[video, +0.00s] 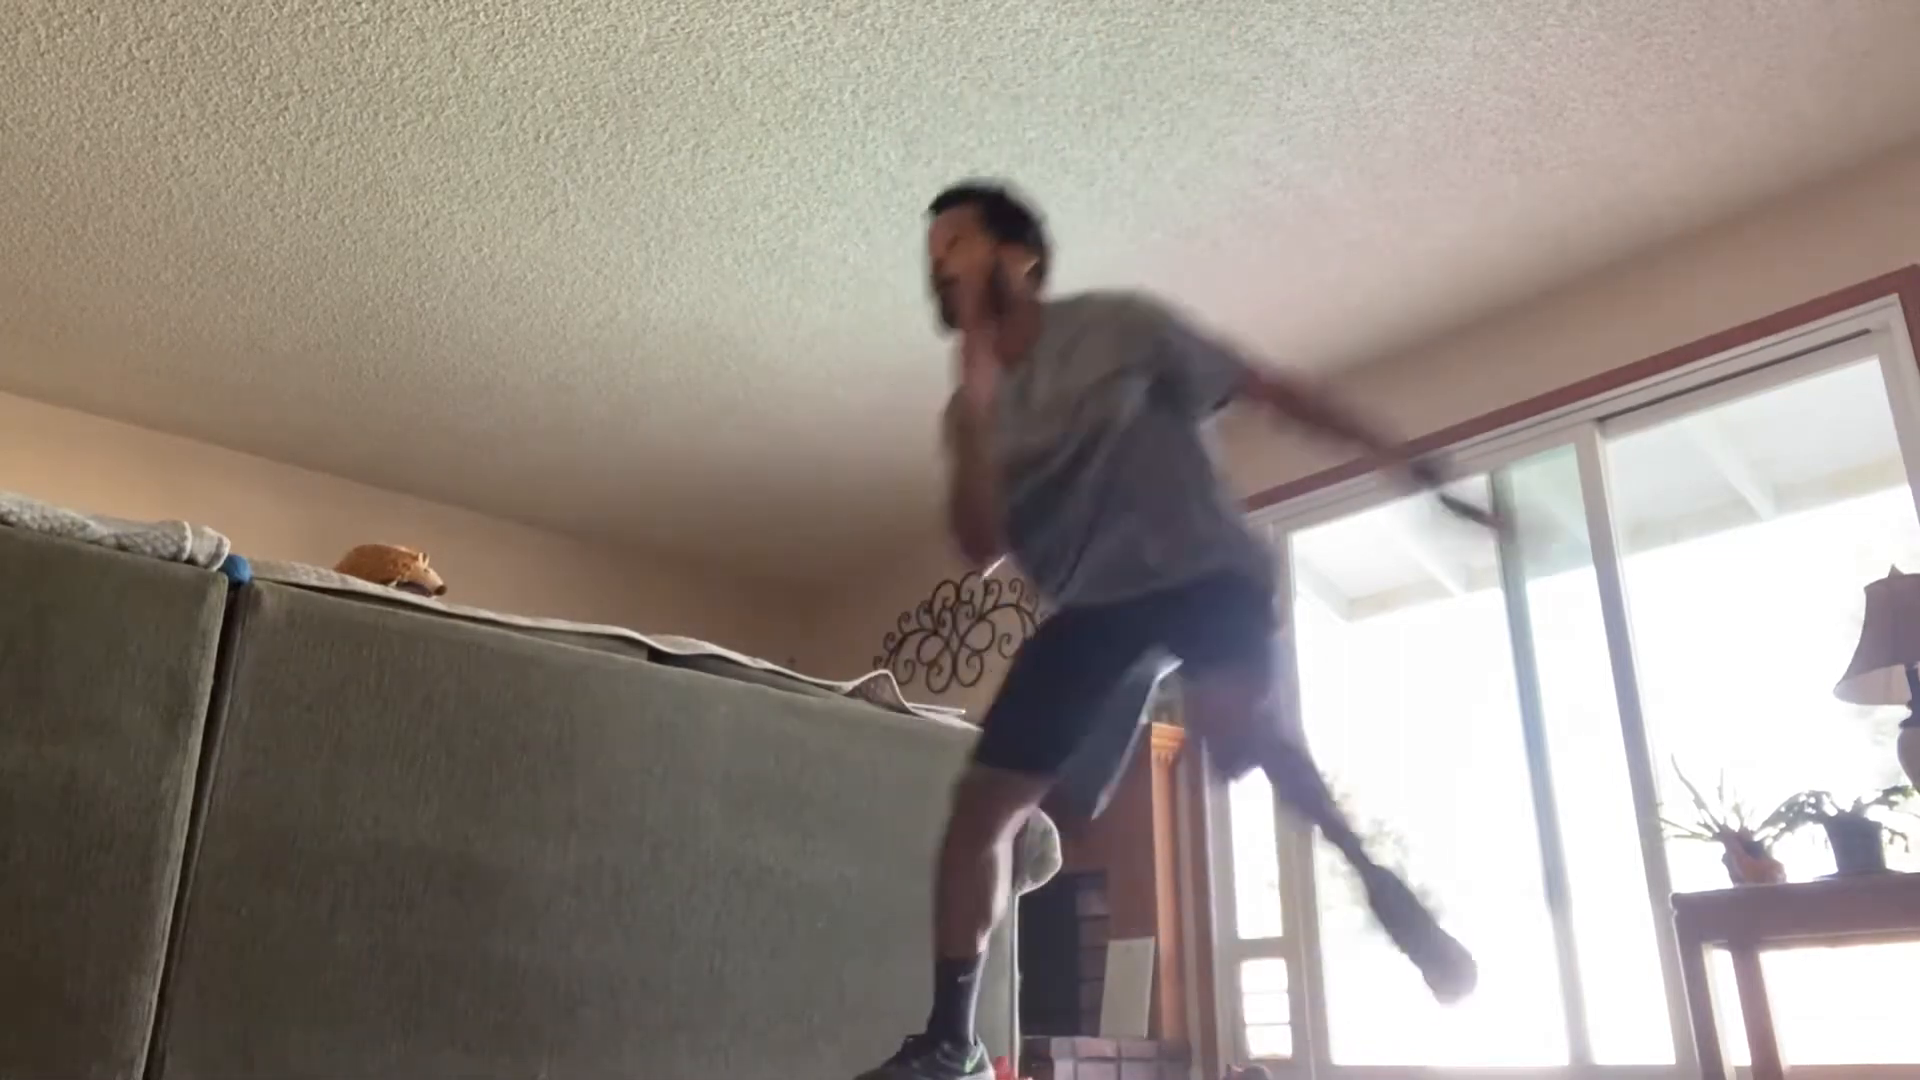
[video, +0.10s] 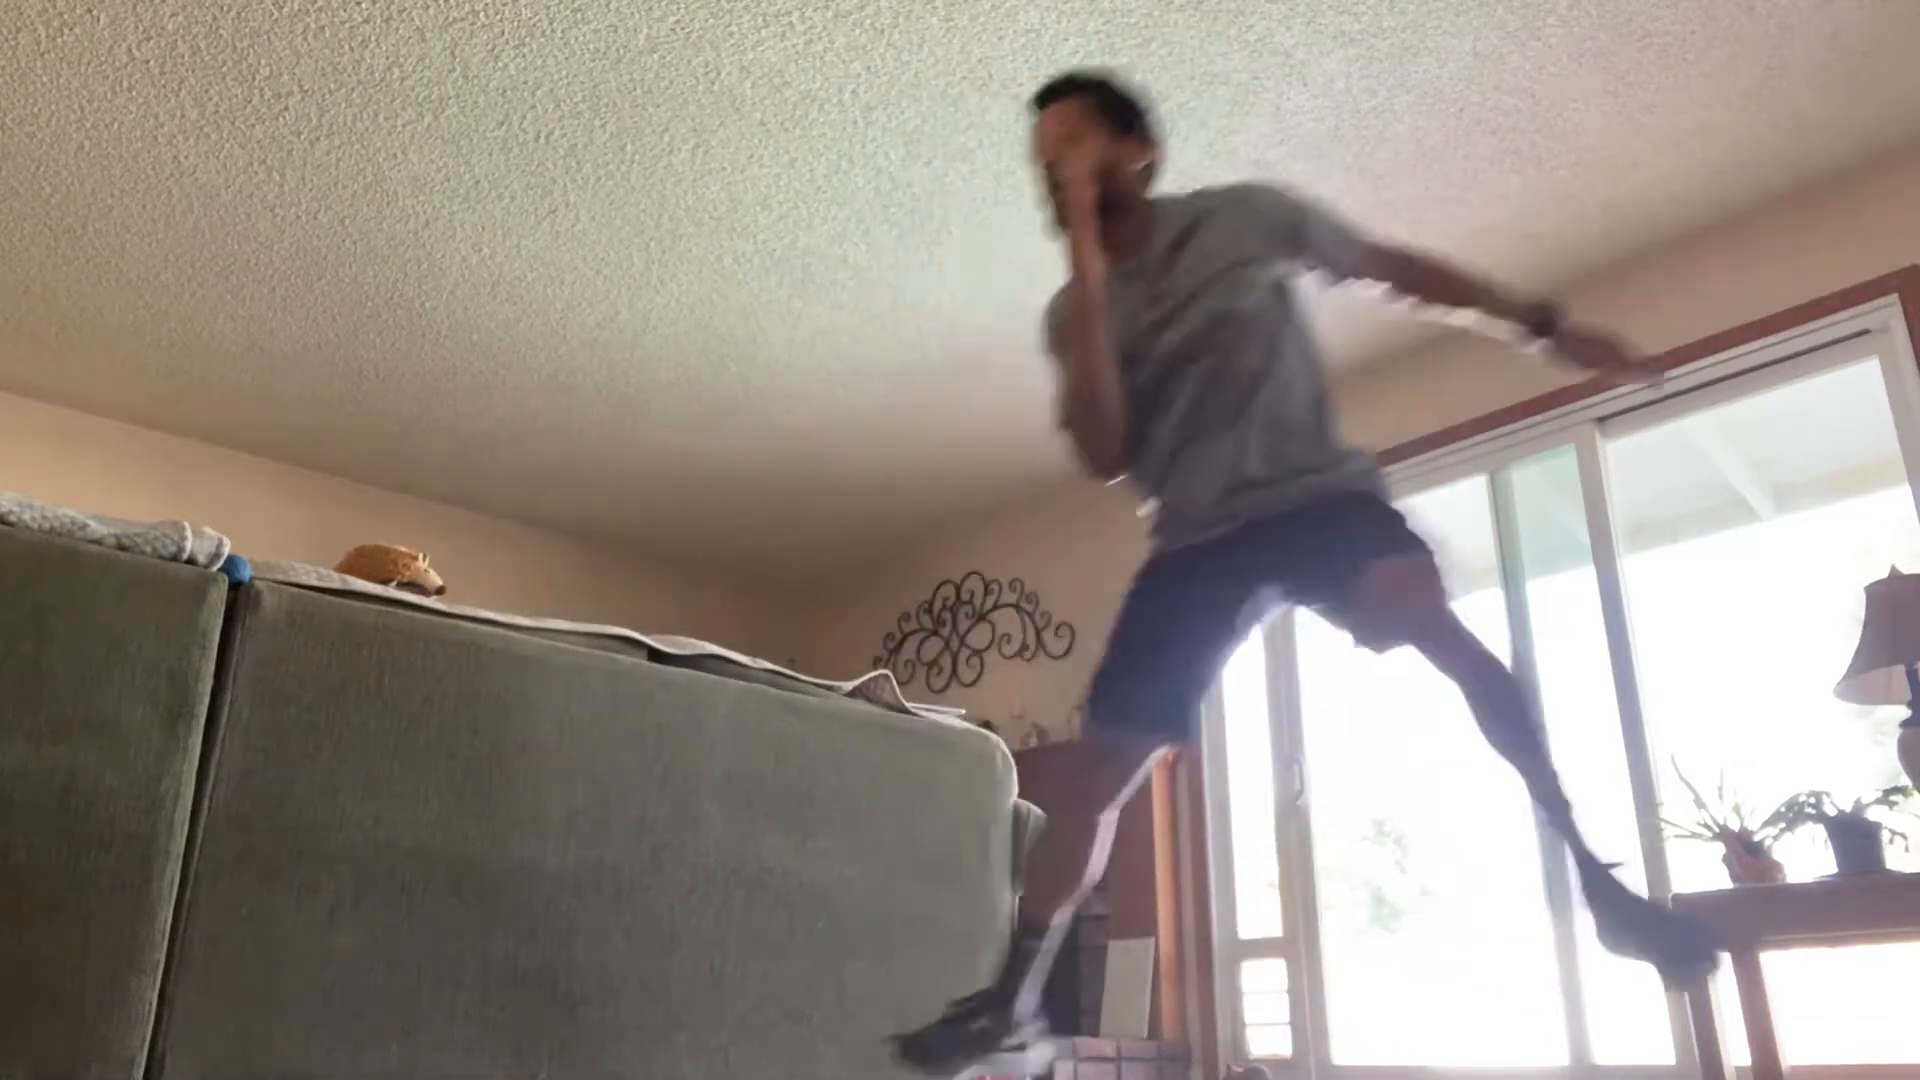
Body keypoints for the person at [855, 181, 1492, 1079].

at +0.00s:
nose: (937, 269)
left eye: (951, 249)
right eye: (932, 257)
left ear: (1020, 258)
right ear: (945, 287)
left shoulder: (1121, 324)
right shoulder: (974, 410)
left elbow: (1273, 391)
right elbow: (978, 550)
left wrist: (1400, 452)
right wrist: (976, 412)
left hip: (1207, 576)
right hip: (1088, 611)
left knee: (1240, 726)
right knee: (978, 818)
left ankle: (1386, 892)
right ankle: (949, 1041)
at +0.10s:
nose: (1052, 172)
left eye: (1069, 147)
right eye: (1042, 158)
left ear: (1135, 152)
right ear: (1044, 180)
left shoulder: (1241, 218)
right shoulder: (1073, 309)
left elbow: (1398, 273)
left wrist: (1545, 330)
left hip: (1315, 503)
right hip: (1194, 542)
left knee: (1441, 633)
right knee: (1095, 772)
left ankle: (1597, 878)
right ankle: (1012, 1006)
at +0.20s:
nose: (1198, 108)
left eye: (1217, 81)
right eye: (1182, 94)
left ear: (1280, 83)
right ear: (1175, 113)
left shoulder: (1386, 174)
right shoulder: (1188, 251)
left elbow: (1538, 234)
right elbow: (1203, 426)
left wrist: (1688, 304)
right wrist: (1207, 243)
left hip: (1442, 480)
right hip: (1307, 517)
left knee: (1606, 643)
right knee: (1195, 758)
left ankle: (1821, 901)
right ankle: (1188, 987)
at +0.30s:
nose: (1352, 90)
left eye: (1380, 59)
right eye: (1331, 77)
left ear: (1448, 79)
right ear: (1323, 109)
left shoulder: (1541, 184)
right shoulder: (1324, 261)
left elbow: (1688, 289)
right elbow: (1341, 442)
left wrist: (1829, 410)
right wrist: (1406, 275)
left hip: (1589, 512)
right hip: (1448, 555)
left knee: (1734, 721)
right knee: (1368, 821)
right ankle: (1446, 954)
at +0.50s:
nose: (1457, 12)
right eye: (1439, 2)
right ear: (1427, 23)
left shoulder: (1665, 118)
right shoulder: (1406, 185)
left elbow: (1774, 293)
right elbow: (1405, 376)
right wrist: (1517, 381)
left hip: (1693, 446)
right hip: (1545, 489)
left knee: (1781, 680)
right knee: (1580, 724)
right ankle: (1774, 890)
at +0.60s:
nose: (1429, 5)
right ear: (1409, 11)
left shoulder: (1636, 61)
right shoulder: (1396, 148)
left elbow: (1748, 234)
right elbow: (1403, 347)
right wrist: (1439, 269)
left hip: (1691, 381)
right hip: (1539, 417)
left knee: (1758, 627)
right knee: (1533, 638)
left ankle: (1911, 903)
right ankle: (1734, 884)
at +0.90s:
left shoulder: (1608, 36)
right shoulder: (1402, 156)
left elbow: (1733, 179)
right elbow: (1413, 325)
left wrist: (1694, 242)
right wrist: (1350, 376)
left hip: (1684, 382)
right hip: (1542, 428)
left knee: (1678, 625)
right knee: (1537, 698)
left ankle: (1824, 979)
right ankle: (1662, 1003)